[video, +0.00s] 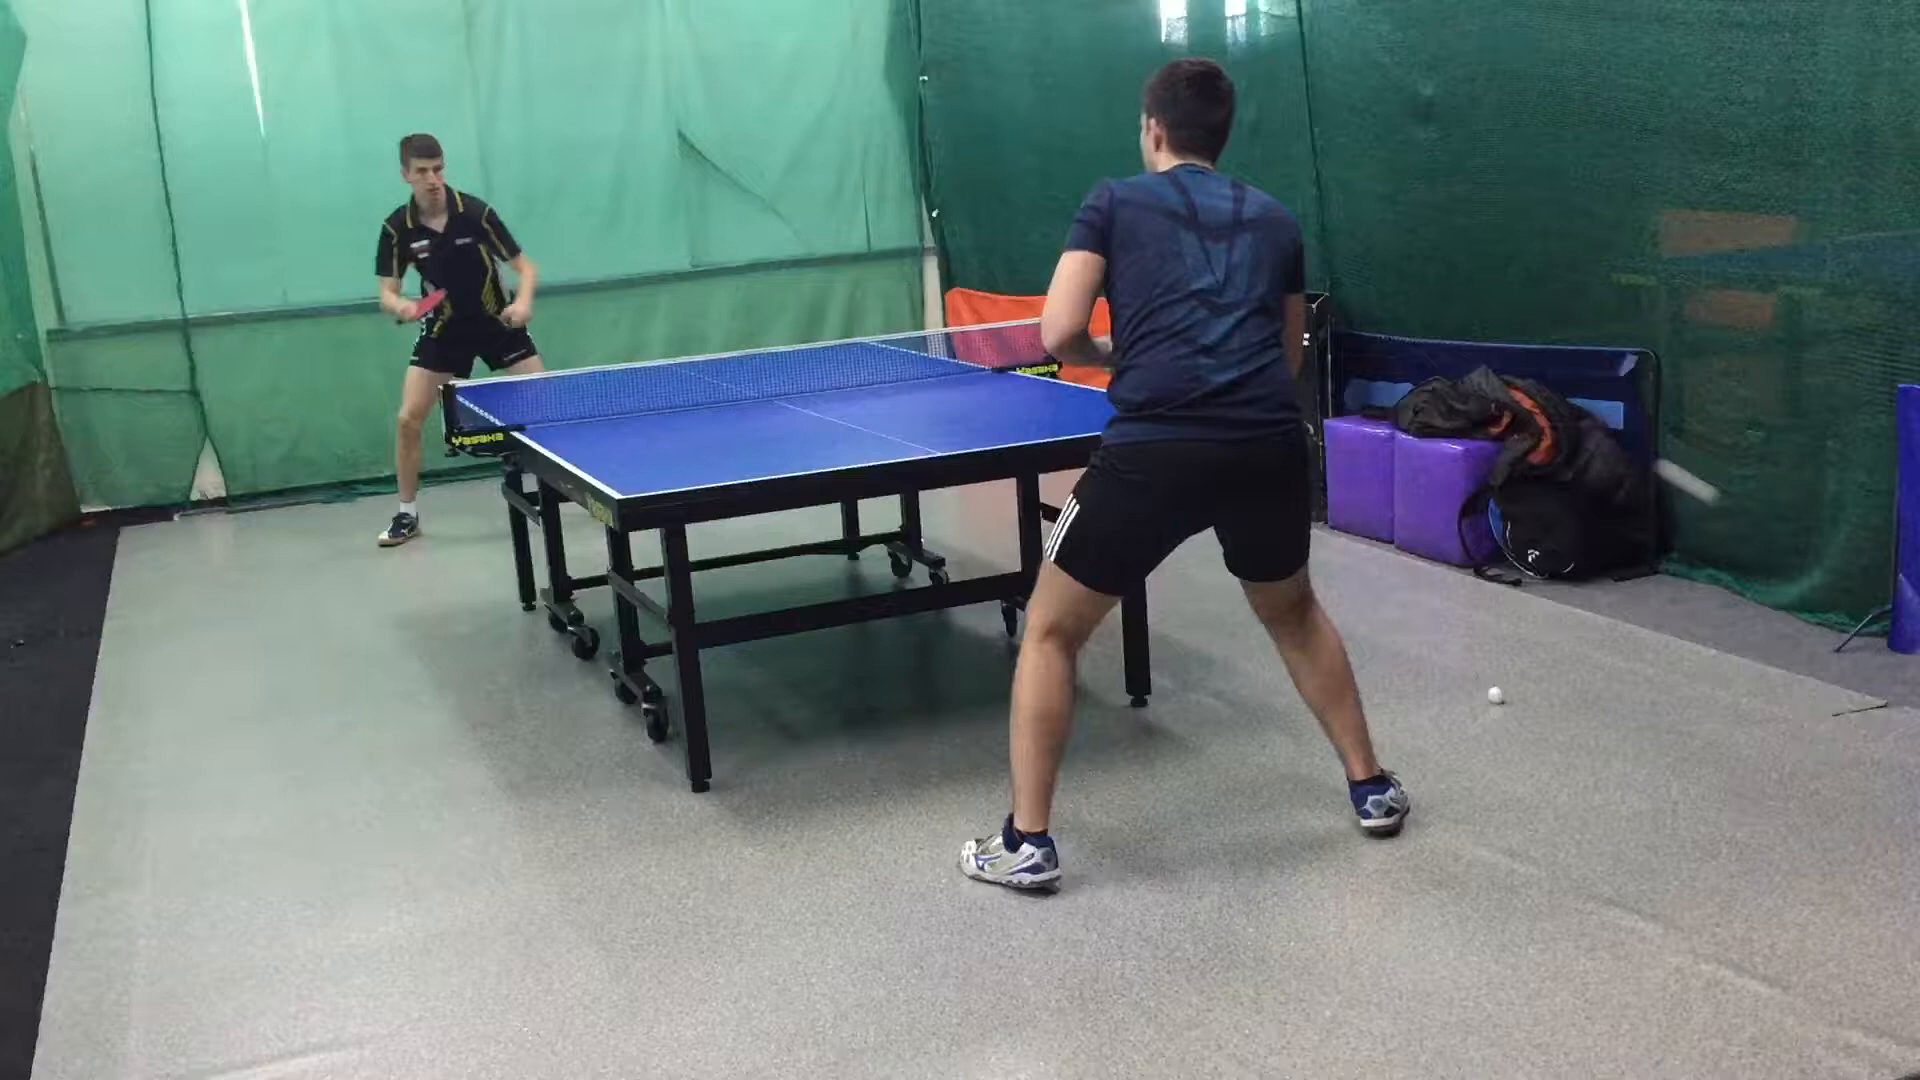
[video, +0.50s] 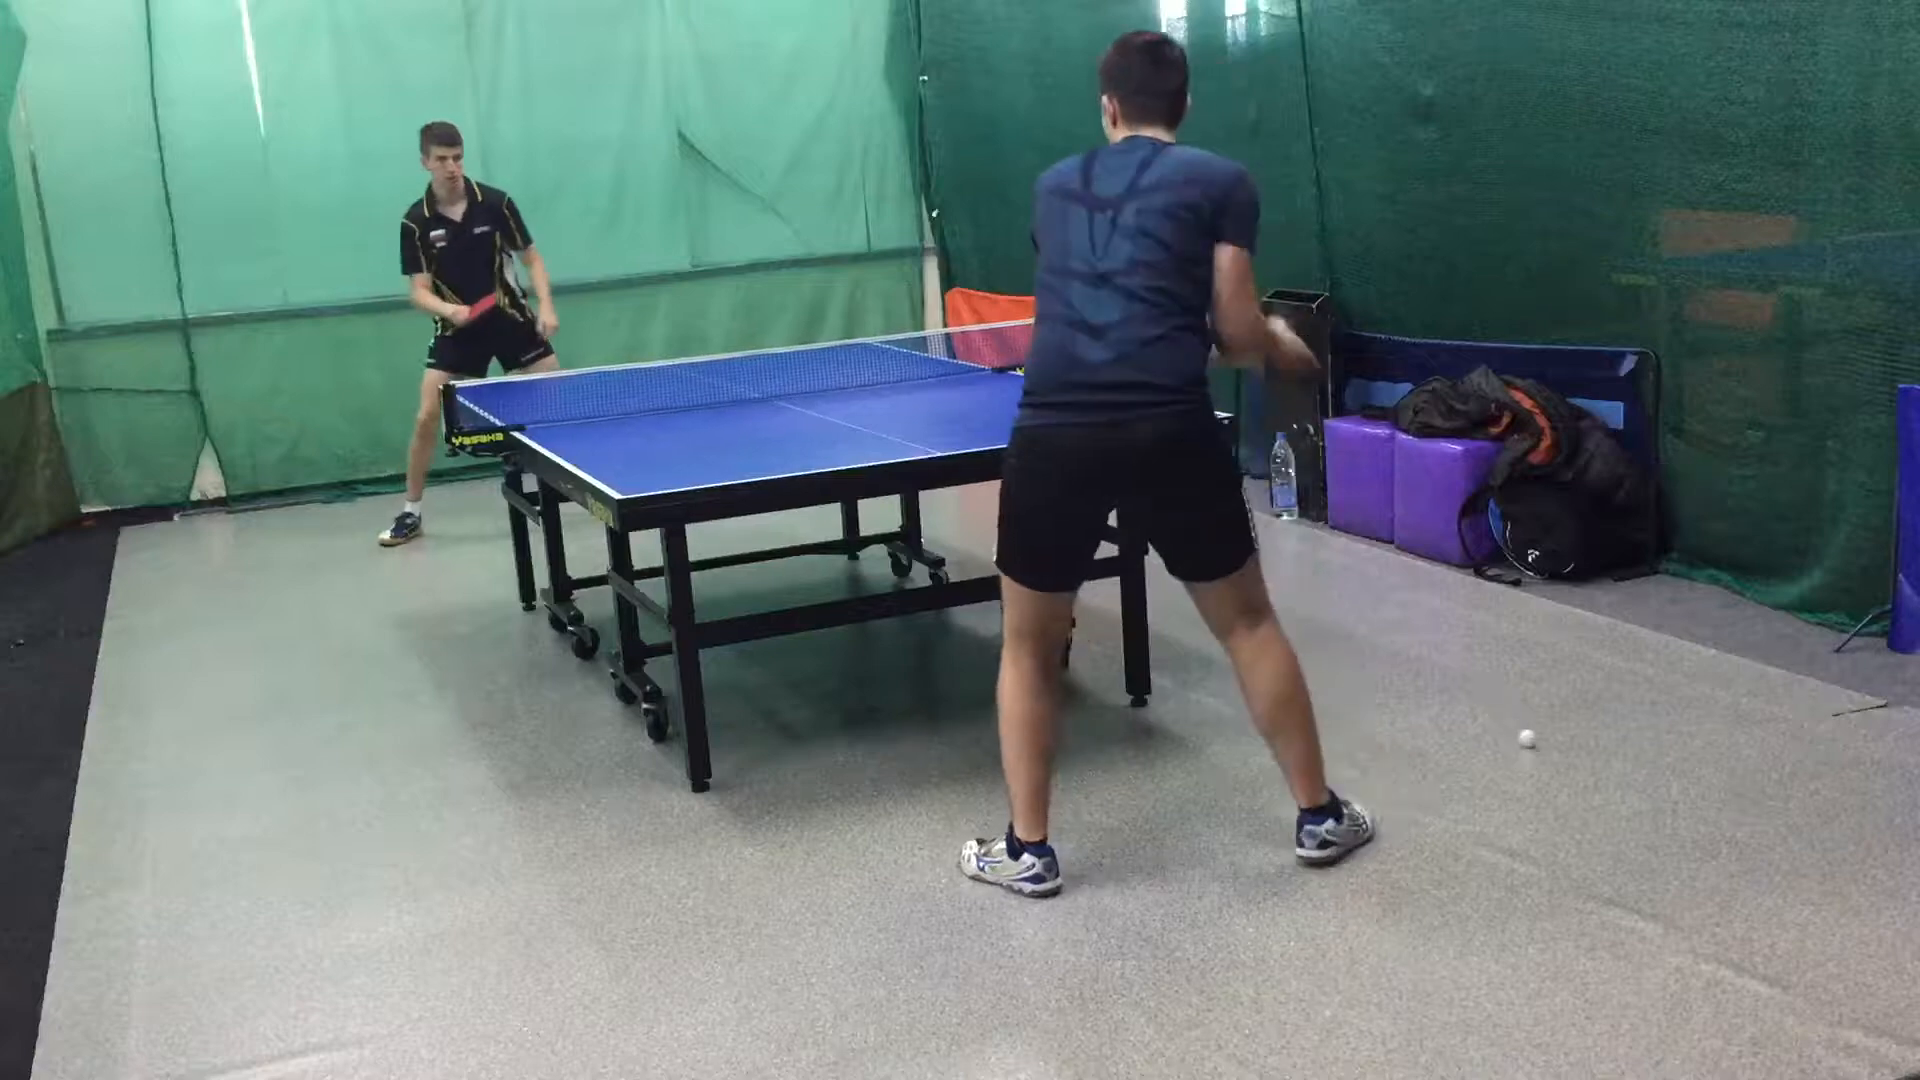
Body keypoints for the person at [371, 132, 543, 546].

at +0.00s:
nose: (434, 179)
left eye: (438, 170)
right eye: (423, 173)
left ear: (445, 169)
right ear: (406, 175)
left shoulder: (476, 212)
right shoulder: (398, 228)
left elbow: (524, 266)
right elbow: (388, 295)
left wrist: (524, 301)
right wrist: (404, 307)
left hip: (494, 320)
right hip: (443, 328)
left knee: (542, 401)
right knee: (409, 419)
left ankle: (531, 479)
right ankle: (407, 513)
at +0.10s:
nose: (426, 179)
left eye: (431, 170)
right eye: (416, 172)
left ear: (438, 168)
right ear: (399, 174)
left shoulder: (468, 213)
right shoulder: (390, 228)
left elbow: (511, 273)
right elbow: (382, 292)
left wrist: (501, 313)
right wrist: (395, 311)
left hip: (489, 322)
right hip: (437, 329)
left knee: (537, 402)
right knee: (404, 419)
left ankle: (531, 480)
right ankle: (406, 513)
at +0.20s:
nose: (425, 174)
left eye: (430, 165)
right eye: (415, 167)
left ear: (437, 164)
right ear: (397, 169)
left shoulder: (465, 211)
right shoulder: (387, 224)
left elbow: (505, 273)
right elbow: (387, 286)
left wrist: (489, 319)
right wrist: (401, 312)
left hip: (485, 320)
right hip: (432, 329)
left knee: (533, 400)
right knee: (403, 420)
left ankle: (524, 478)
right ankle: (405, 513)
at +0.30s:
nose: (432, 172)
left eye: (437, 162)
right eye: (422, 164)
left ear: (444, 162)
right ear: (405, 167)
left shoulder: (473, 210)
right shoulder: (393, 223)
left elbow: (509, 271)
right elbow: (394, 287)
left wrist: (504, 316)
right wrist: (416, 313)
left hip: (487, 322)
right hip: (435, 331)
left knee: (541, 398)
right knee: (406, 421)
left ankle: (526, 479)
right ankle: (406, 513)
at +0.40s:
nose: (445, 171)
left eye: (449, 162)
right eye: (435, 164)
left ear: (457, 161)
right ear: (417, 166)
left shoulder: (487, 209)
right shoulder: (407, 223)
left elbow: (523, 268)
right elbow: (408, 293)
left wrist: (526, 316)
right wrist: (435, 314)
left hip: (498, 323)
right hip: (447, 331)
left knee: (545, 401)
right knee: (415, 419)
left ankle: (538, 479)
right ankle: (407, 511)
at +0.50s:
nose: (452, 168)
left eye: (457, 159)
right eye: (442, 161)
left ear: (464, 158)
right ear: (426, 163)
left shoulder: (496, 203)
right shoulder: (416, 221)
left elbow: (531, 258)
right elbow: (419, 292)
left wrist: (546, 307)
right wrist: (448, 309)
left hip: (510, 318)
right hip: (458, 328)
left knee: (555, 397)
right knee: (427, 417)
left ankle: (520, 470)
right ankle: (411, 511)